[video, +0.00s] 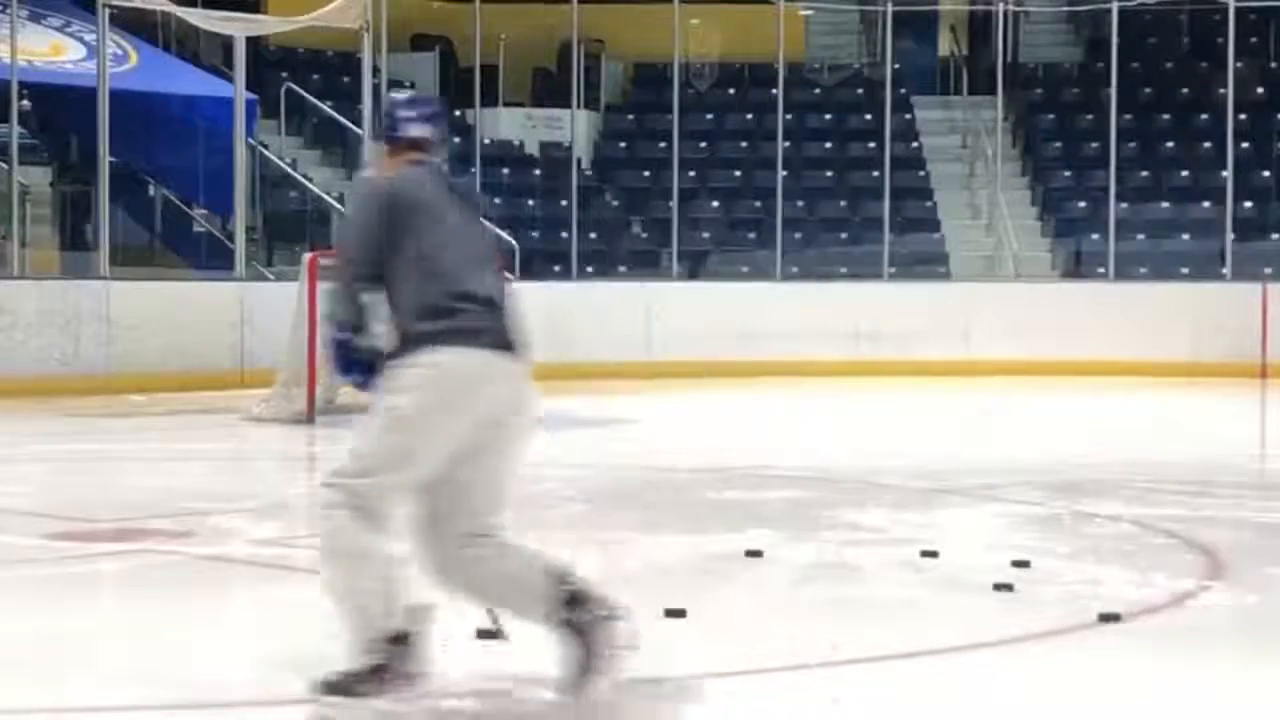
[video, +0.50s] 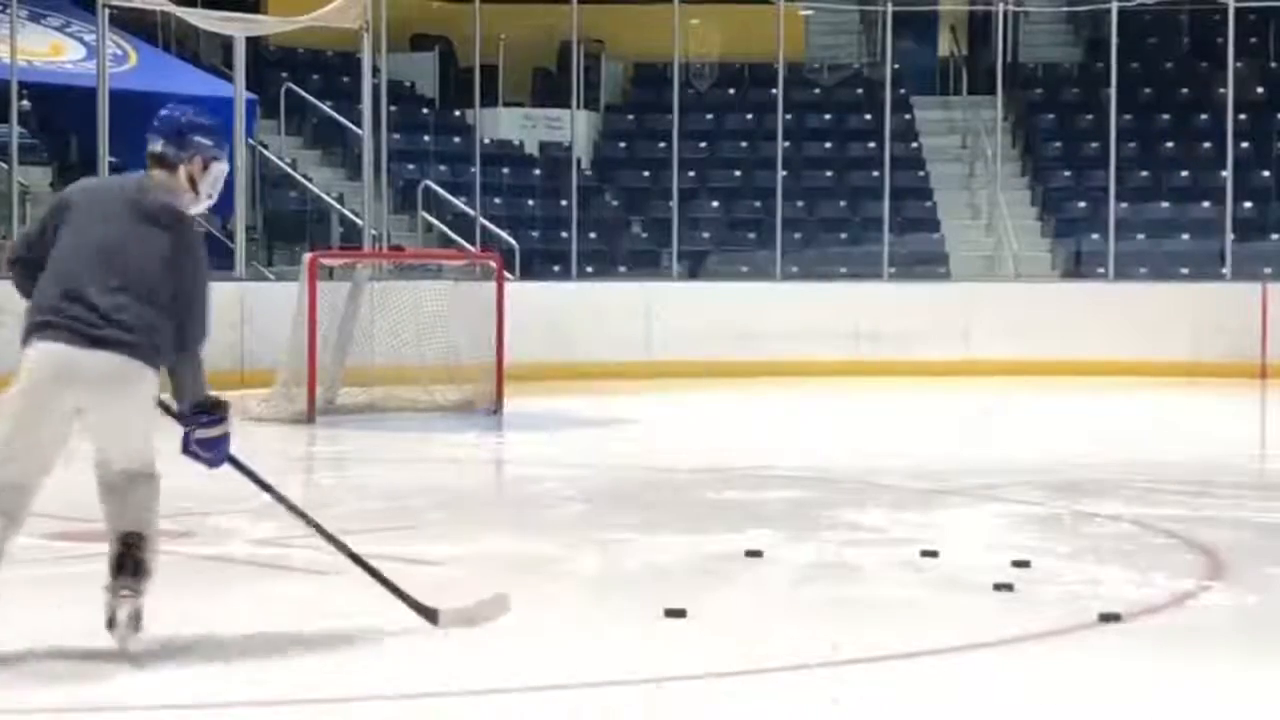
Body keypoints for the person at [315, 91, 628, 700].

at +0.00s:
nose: (376, 162)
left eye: (380, 153)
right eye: (383, 152)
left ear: (388, 149)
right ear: (437, 151)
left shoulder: (383, 190)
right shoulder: (463, 205)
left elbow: (349, 279)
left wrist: (346, 341)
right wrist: (394, 350)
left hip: (440, 366)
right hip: (506, 375)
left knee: (352, 499)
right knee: (457, 541)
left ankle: (385, 649)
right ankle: (575, 607)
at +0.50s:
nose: (209, 187)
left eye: (212, 174)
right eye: (207, 173)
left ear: (153, 157)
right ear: (190, 167)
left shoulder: (83, 192)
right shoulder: (183, 236)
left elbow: (21, 260)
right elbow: (185, 338)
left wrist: (61, 313)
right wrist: (199, 411)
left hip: (50, 357)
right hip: (126, 371)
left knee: (11, 481)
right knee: (129, 472)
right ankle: (129, 570)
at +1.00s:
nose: (239, 208)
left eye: (243, 197)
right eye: (239, 194)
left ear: (195, 177)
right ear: (221, 186)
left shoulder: (142, 199)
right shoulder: (190, 243)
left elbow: (116, 261)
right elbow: (208, 331)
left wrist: (150, 322)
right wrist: (236, 396)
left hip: (39, 312)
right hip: (94, 326)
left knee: (19, 442)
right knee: (138, 433)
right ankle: (154, 538)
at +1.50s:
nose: (263, 228)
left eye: (265, 218)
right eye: (263, 218)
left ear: (225, 201)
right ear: (253, 214)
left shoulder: (181, 218)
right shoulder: (246, 261)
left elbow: (123, 246)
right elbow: (216, 301)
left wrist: (145, 283)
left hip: (118, 332)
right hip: (158, 348)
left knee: (138, 425)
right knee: (156, 439)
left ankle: (129, 505)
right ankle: (94, 498)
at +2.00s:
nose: (395, 178)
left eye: (394, 170)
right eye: (394, 170)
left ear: (356, 164)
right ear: (386, 171)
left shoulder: (326, 199)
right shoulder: (376, 214)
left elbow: (314, 253)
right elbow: (383, 282)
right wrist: (413, 314)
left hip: (300, 314)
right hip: (337, 327)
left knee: (308, 408)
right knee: (368, 410)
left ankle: (295, 486)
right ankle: (306, 467)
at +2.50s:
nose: (639, 183)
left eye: (639, 174)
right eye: (632, 174)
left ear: (616, 177)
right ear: (606, 175)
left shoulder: (611, 217)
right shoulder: (576, 221)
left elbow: (610, 273)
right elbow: (557, 287)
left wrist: (619, 301)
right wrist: (560, 331)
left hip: (588, 324)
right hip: (568, 326)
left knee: (577, 402)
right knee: (620, 399)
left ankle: (550, 472)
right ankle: (580, 479)